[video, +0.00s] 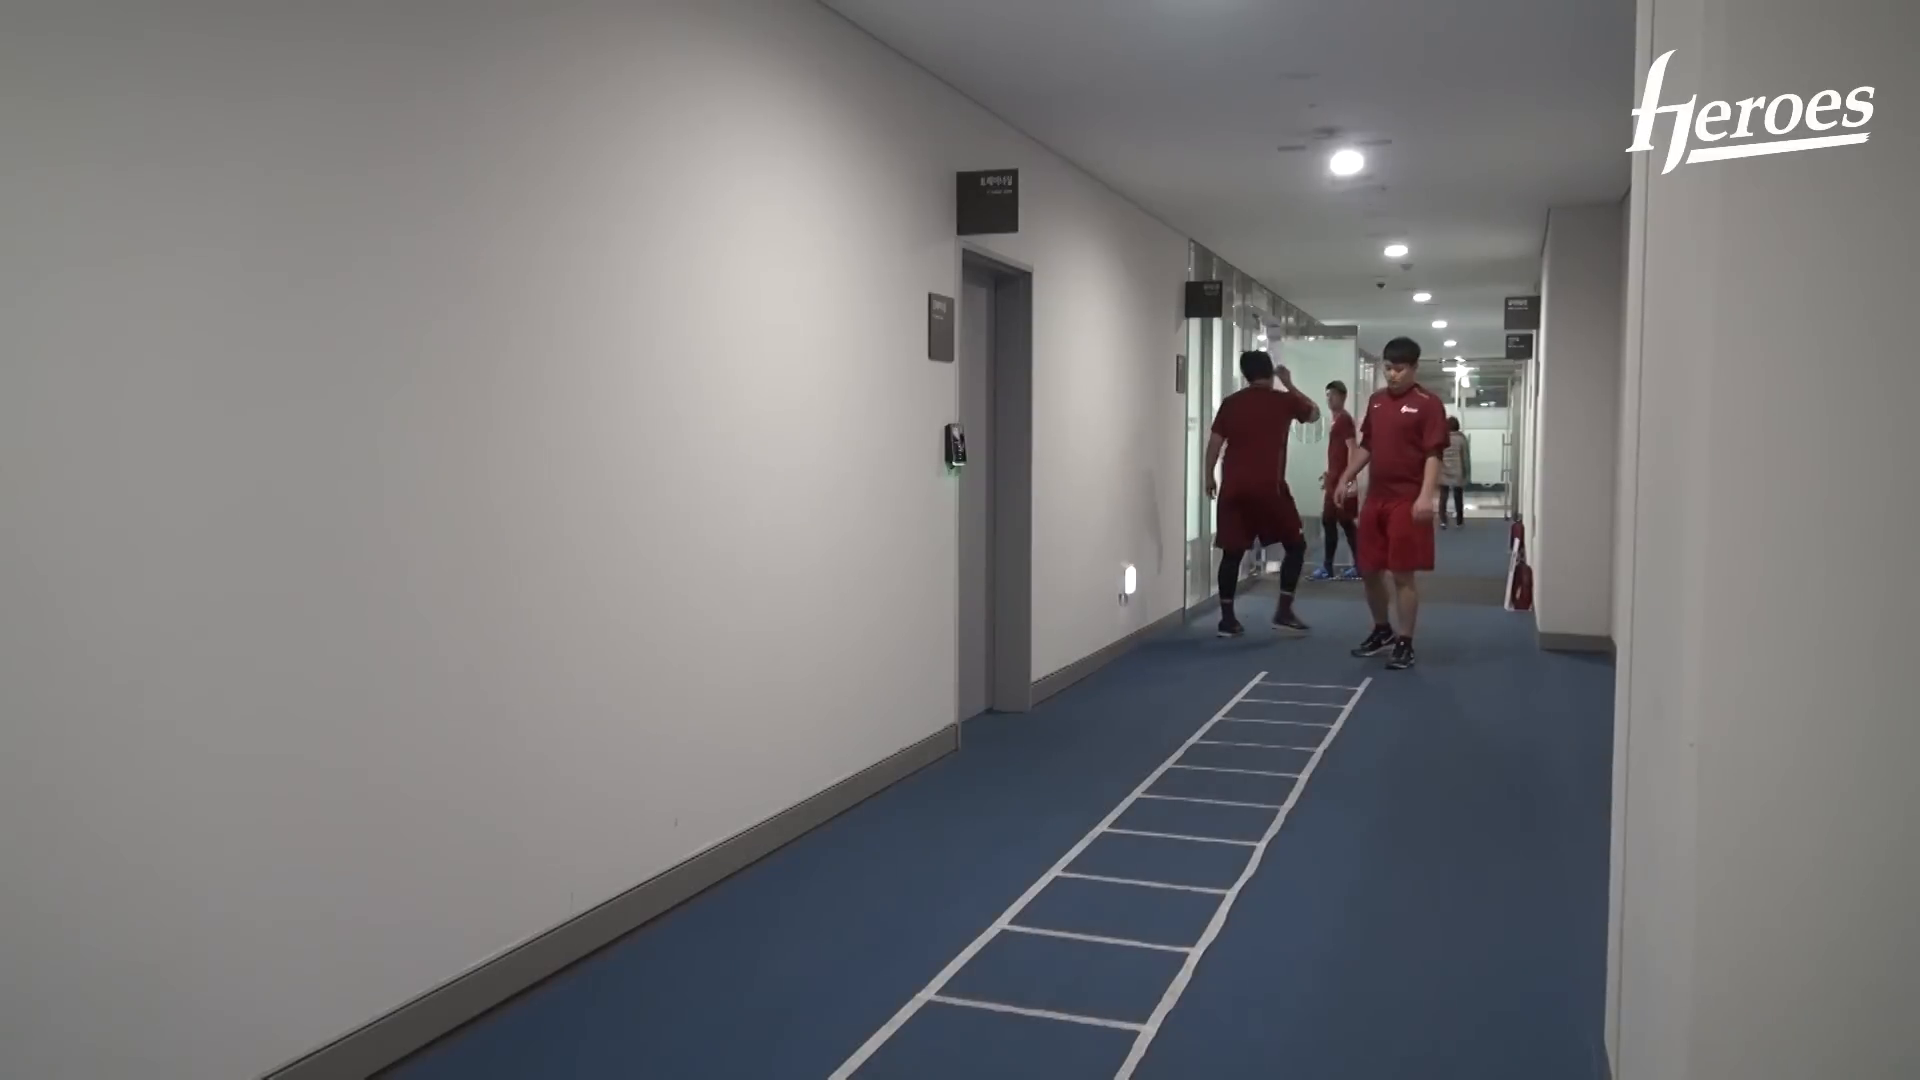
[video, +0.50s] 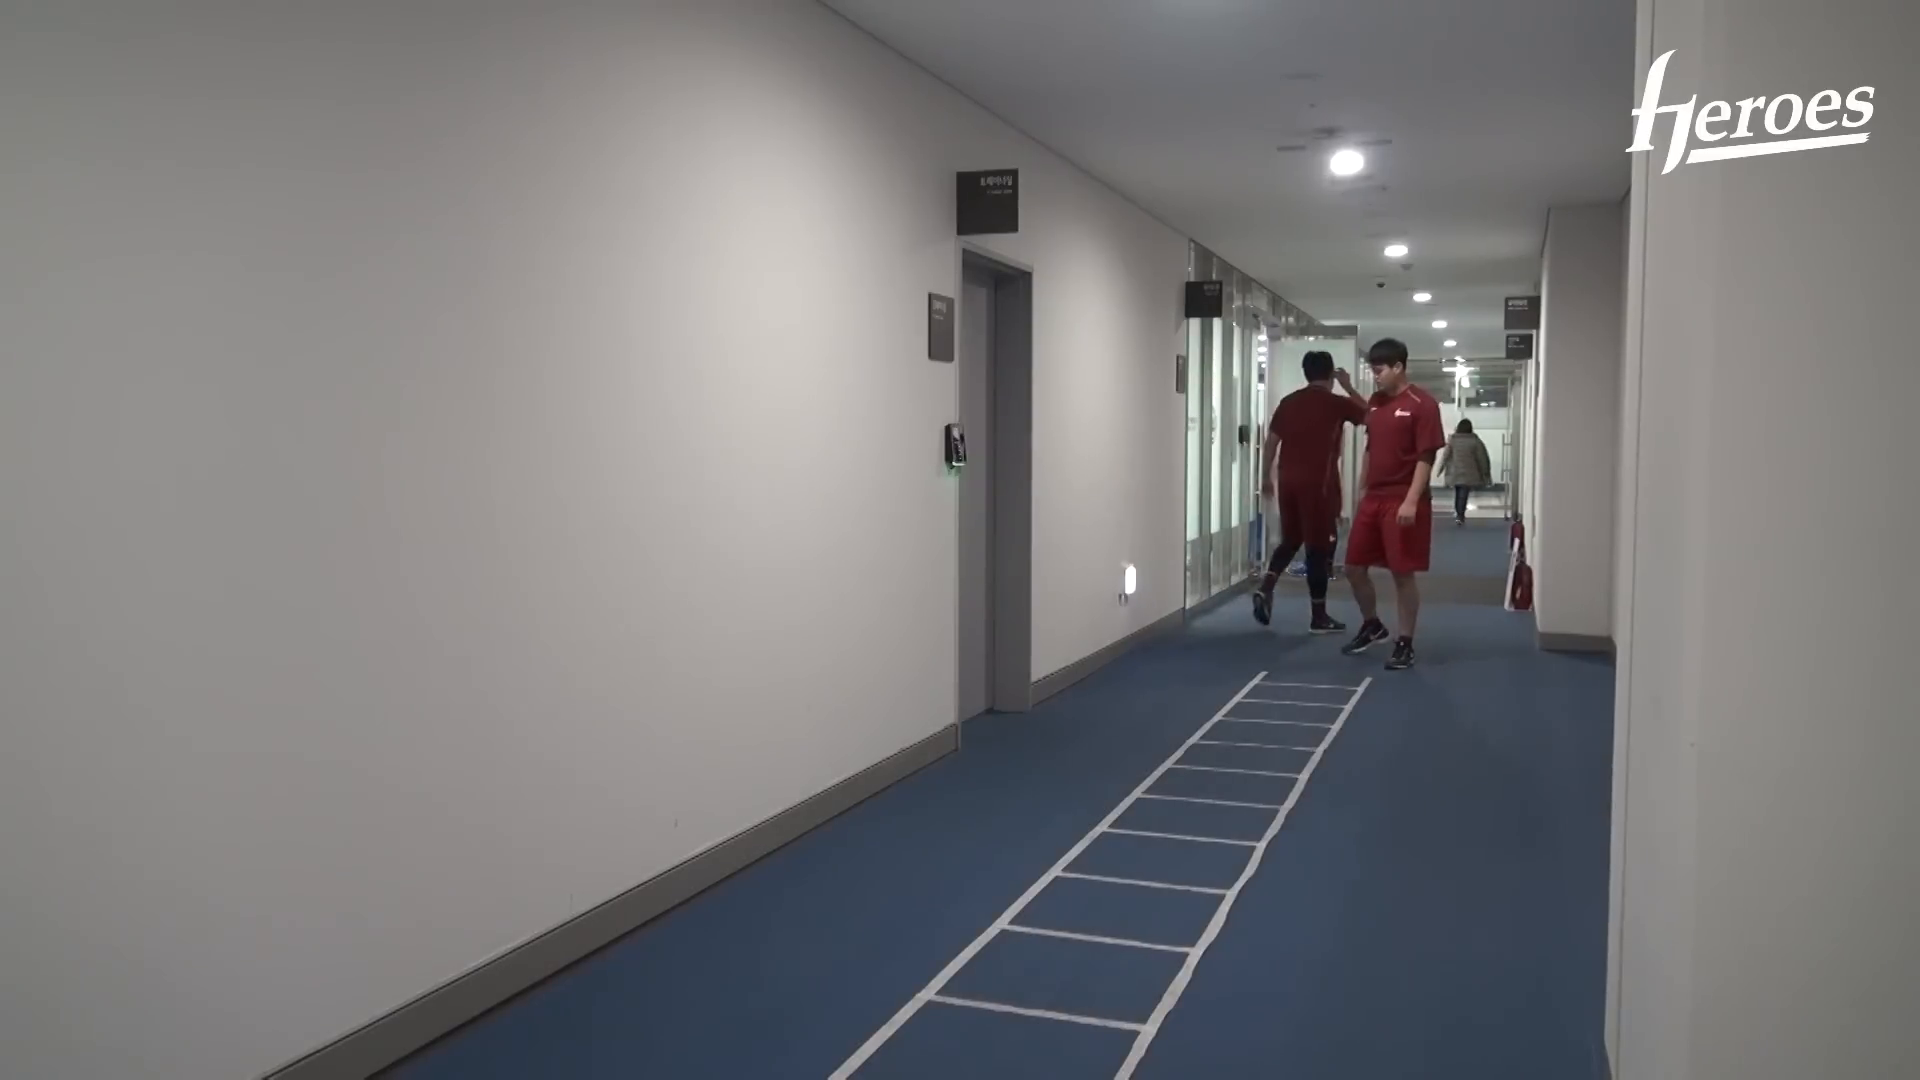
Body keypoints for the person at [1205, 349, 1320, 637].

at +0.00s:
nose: (1270, 377)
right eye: (1270, 372)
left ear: (1245, 375)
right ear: (1272, 373)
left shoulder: (1231, 402)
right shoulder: (1283, 400)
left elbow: (1215, 443)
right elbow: (1313, 413)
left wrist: (1208, 476)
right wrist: (1290, 385)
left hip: (1233, 489)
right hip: (1270, 488)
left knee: (1232, 553)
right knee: (1295, 545)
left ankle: (1227, 618)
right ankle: (1284, 611)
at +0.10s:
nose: (1282, 375)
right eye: (1281, 372)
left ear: (1256, 376)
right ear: (1281, 375)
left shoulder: (1241, 403)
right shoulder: (1290, 403)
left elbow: (1223, 444)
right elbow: (1324, 416)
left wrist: (1221, 475)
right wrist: (1300, 387)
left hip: (1241, 488)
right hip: (1276, 489)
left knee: (1235, 554)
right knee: (1295, 550)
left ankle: (1228, 618)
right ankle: (1312, 613)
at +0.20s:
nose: (1294, 382)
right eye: (1294, 377)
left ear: (1269, 378)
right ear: (1296, 378)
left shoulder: (1254, 405)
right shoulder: (1302, 406)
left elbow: (1235, 444)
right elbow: (1336, 421)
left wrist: (1231, 476)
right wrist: (1313, 391)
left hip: (1252, 490)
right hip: (1286, 492)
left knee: (1242, 555)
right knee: (1298, 554)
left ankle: (1229, 617)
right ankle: (1315, 615)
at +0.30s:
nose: (1308, 380)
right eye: (1308, 376)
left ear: (1282, 377)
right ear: (1308, 377)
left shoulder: (1267, 405)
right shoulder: (1315, 407)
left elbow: (1249, 444)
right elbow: (1348, 420)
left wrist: (1244, 478)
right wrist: (1329, 393)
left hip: (1266, 489)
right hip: (1300, 491)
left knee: (1254, 552)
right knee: (1308, 555)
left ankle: (1233, 610)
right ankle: (1318, 616)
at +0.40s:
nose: (1322, 378)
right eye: (1321, 374)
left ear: (1295, 375)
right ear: (1320, 375)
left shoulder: (1278, 402)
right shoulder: (1324, 403)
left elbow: (1261, 442)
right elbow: (1360, 416)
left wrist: (1255, 478)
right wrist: (1338, 388)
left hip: (1280, 488)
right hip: (1312, 490)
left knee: (1273, 546)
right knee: (1315, 552)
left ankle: (1246, 595)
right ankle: (1319, 616)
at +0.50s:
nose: (1332, 377)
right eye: (1331, 373)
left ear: (1305, 374)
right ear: (1330, 374)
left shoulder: (1289, 401)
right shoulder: (1335, 402)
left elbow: (1271, 441)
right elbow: (1368, 415)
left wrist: (1266, 477)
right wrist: (1349, 387)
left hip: (1288, 482)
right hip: (1320, 484)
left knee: (1291, 541)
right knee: (1319, 548)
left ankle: (1266, 587)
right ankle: (1319, 615)